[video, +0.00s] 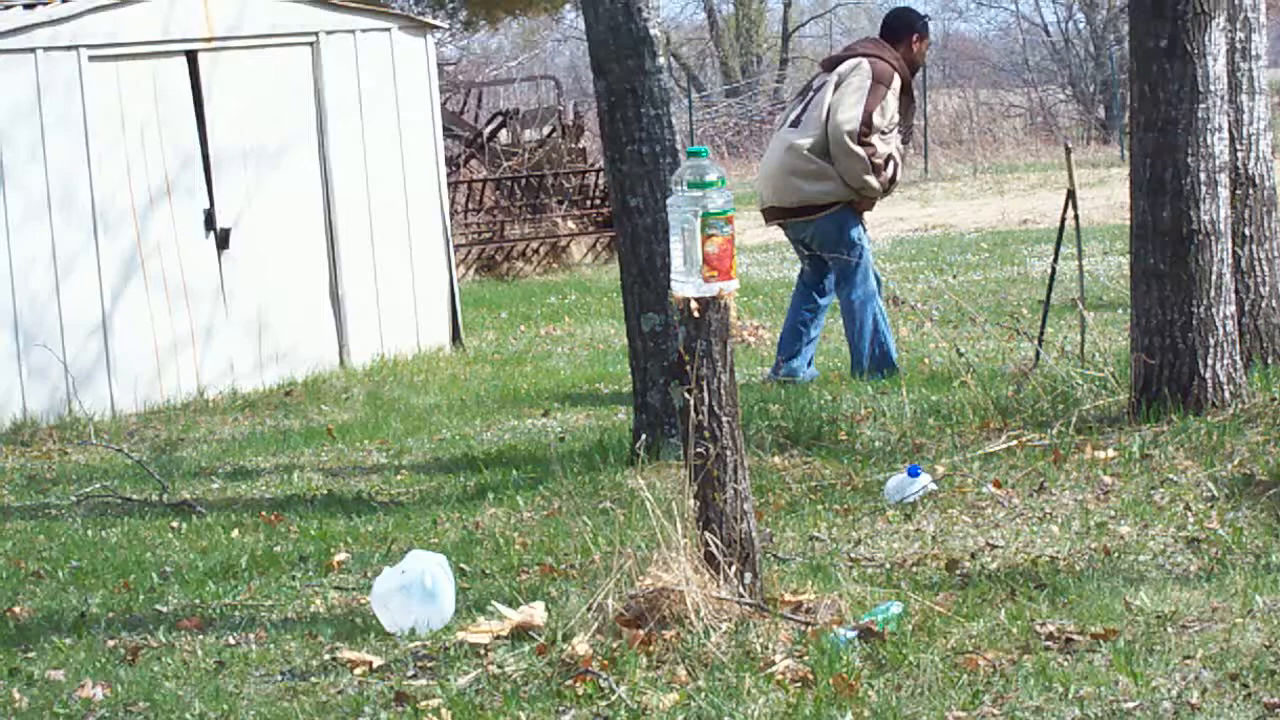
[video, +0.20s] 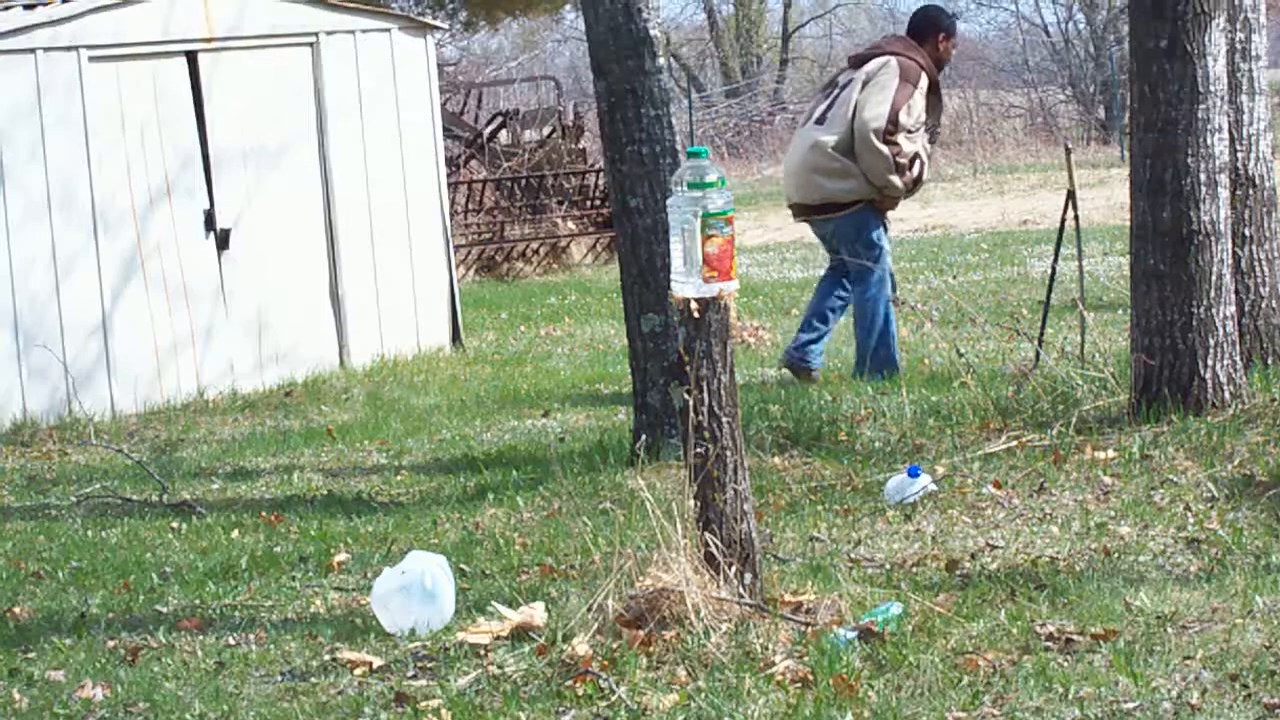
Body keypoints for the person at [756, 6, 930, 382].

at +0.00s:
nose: (926, 53)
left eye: (927, 45)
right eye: (926, 44)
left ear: (885, 36)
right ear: (913, 41)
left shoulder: (848, 63)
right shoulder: (876, 67)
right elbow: (849, 132)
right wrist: (871, 187)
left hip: (783, 189)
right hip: (815, 188)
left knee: (817, 276)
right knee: (861, 280)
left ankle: (790, 371)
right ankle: (877, 374)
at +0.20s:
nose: (952, 53)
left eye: (954, 45)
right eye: (952, 44)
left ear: (912, 34)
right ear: (940, 40)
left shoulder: (875, 60)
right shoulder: (905, 66)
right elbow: (875, 130)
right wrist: (896, 185)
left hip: (808, 181)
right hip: (839, 182)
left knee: (845, 266)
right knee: (873, 277)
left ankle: (803, 353)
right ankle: (879, 376)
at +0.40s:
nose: (976, 52)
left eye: (978, 44)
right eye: (976, 43)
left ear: (936, 32)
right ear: (963, 38)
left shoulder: (897, 55)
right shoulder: (931, 65)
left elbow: (836, 110)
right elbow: (900, 127)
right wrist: (917, 186)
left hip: (831, 172)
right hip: (858, 174)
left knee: (891, 256)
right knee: (888, 271)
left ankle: (857, 340)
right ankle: (879, 372)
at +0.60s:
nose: (1000, 57)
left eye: (1002, 49)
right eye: (999, 48)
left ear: (963, 38)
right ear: (980, 40)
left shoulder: (920, 59)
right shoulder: (952, 67)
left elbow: (861, 110)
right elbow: (922, 129)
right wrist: (936, 188)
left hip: (856, 178)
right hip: (882, 179)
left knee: (919, 270)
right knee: (903, 274)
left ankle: (943, 357)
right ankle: (878, 372)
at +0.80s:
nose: (1023, 57)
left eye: (1025, 49)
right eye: (1022, 47)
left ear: (987, 38)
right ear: (1003, 40)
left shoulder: (946, 58)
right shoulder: (976, 65)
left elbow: (888, 109)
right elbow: (943, 124)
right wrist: (951, 188)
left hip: (872, 170)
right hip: (896, 170)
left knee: (933, 259)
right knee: (929, 261)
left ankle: (948, 357)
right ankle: (882, 364)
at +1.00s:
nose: (1044, 56)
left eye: (1046, 47)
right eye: (1043, 45)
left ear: (1015, 35)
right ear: (1023, 36)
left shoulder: (963, 54)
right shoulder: (995, 57)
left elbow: (908, 105)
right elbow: (962, 110)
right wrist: (982, 169)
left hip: (888, 168)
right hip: (918, 167)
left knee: (933, 256)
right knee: (976, 247)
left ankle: (946, 351)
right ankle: (925, 328)